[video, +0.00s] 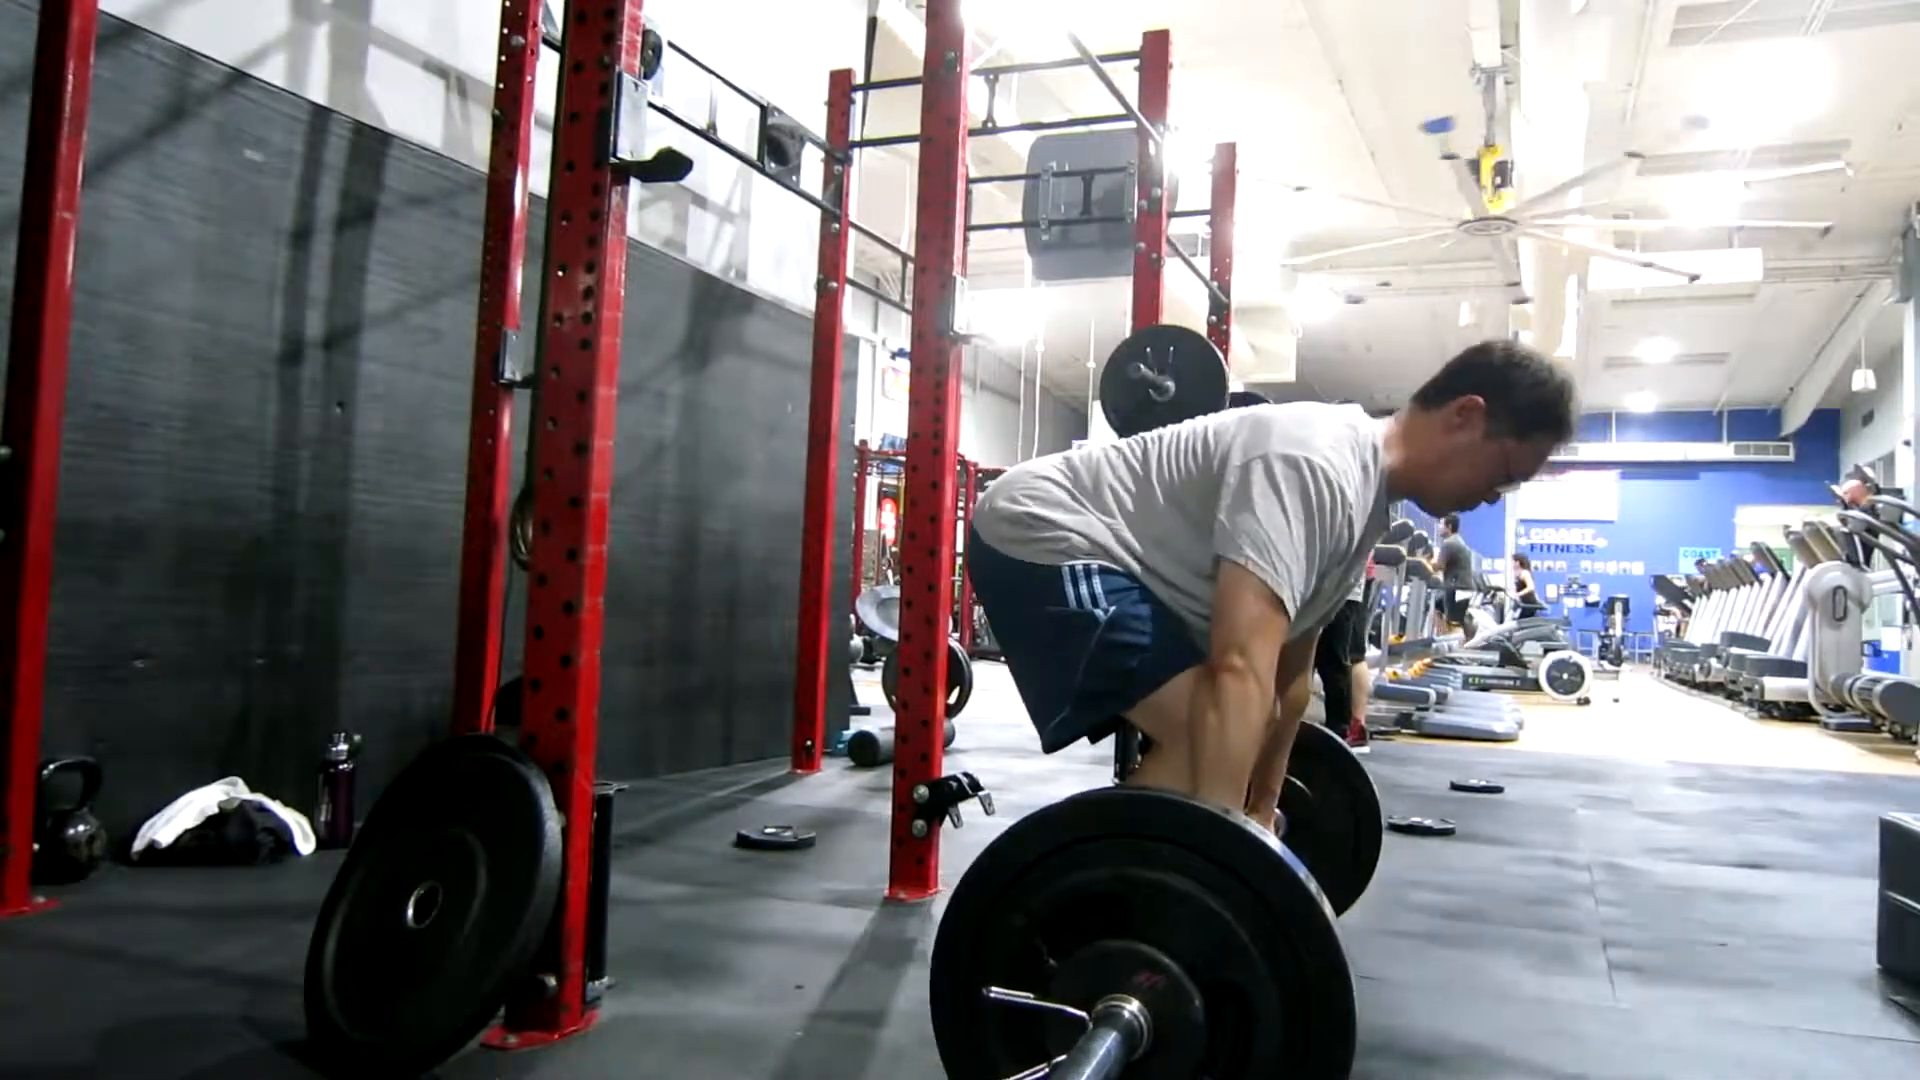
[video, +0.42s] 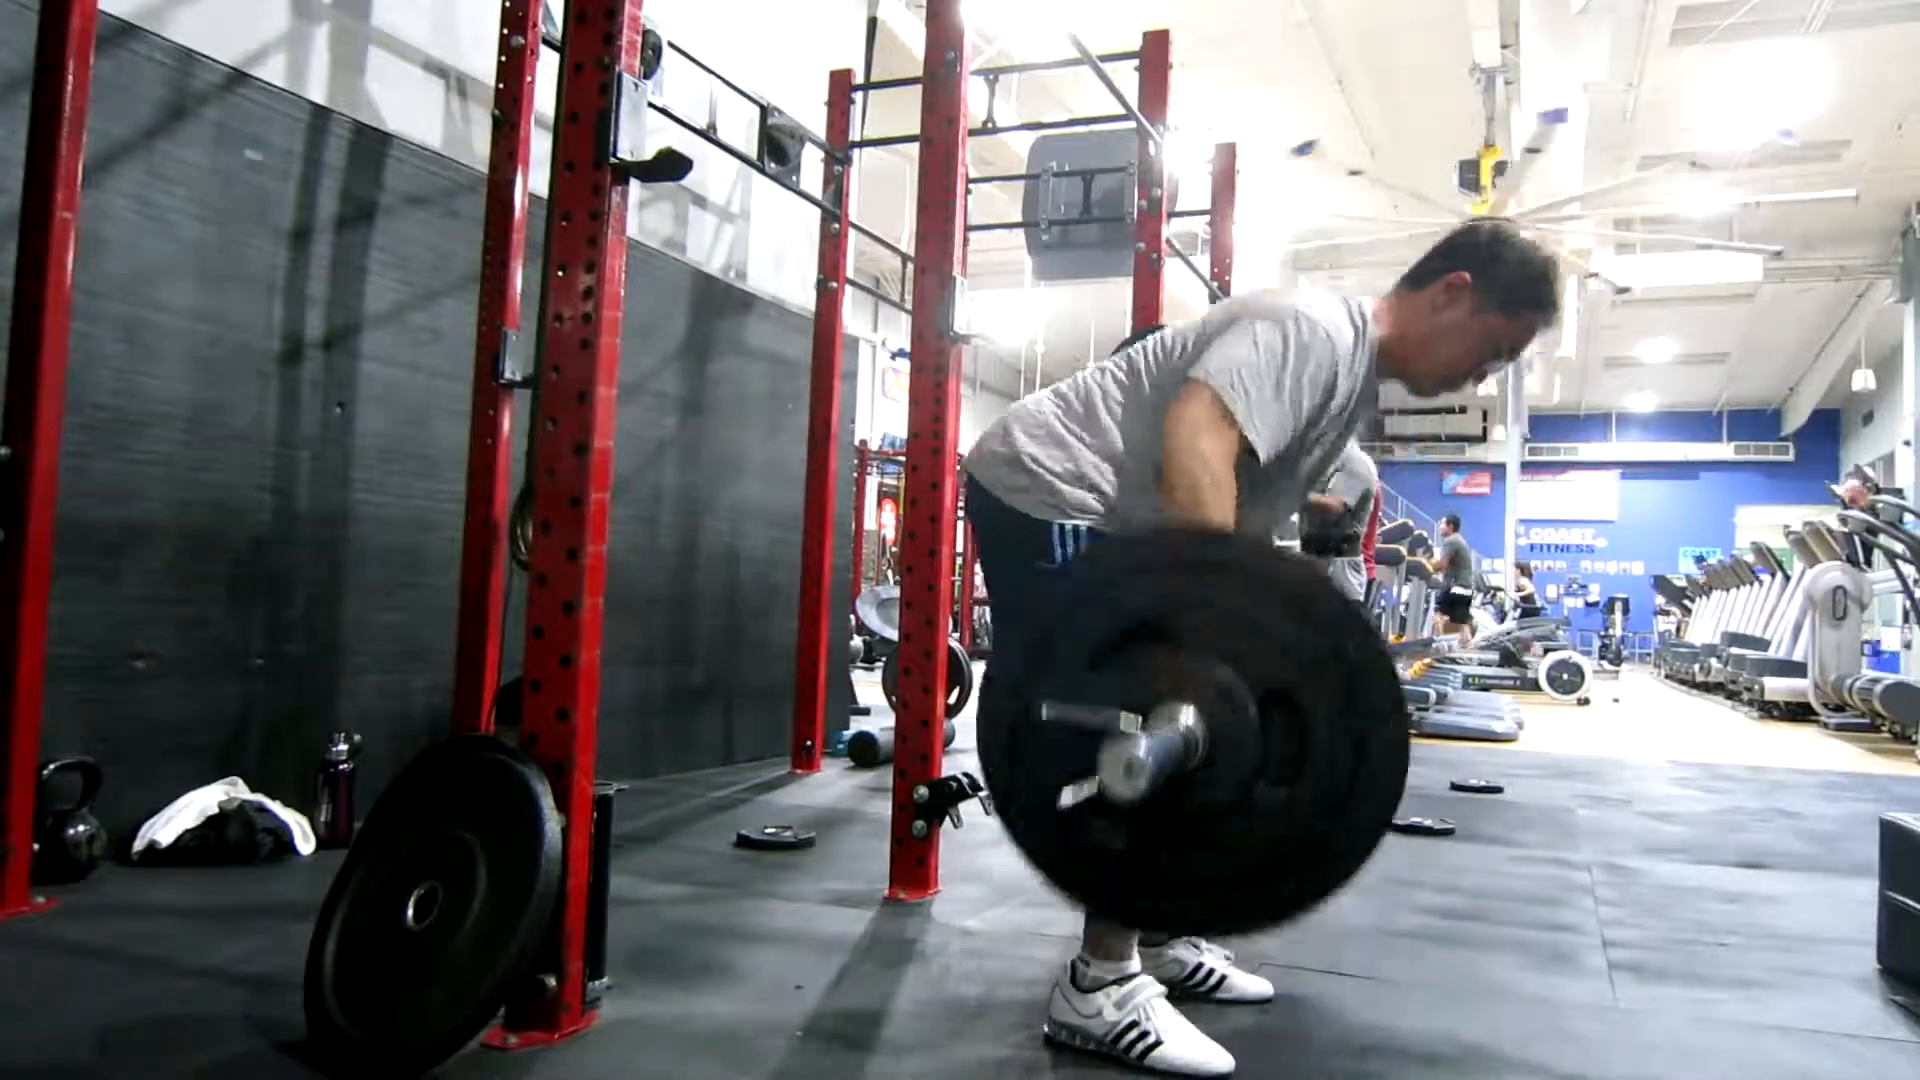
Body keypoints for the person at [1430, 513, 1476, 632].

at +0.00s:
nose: (1439, 527)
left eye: (1441, 524)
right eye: (1439, 524)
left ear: (1449, 526)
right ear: (1453, 527)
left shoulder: (1449, 543)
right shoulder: (1461, 542)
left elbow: (1439, 565)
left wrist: (1429, 563)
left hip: (1454, 587)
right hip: (1466, 586)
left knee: (1453, 621)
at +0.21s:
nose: (1439, 522)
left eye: (1442, 520)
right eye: (1440, 519)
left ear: (1450, 522)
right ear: (1451, 522)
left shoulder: (1450, 537)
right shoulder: (1457, 536)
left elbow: (1441, 560)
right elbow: (1446, 560)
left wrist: (1429, 563)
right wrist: (1434, 563)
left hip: (1460, 581)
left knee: (1450, 614)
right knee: (1443, 613)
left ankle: (1465, 641)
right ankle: (1442, 643)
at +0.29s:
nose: (1440, 526)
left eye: (1443, 523)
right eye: (1441, 523)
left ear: (1451, 526)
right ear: (1453, 526)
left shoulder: (1451, 541)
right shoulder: (1460, 540)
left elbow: (1443, 563)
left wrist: (1431, 562)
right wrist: (1437, 563)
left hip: (1457, 587)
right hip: (1467, 587)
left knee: (1441, 615)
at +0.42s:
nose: (1440, 527)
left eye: (1443, 524)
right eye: (1441, 524)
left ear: (1451, 526)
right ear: (1453, 527)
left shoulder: (1451, 541)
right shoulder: (1460, 541)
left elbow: (1443, 563)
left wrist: (1432, 563)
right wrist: (1437, 564)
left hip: (1455, 587)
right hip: (1468, 588)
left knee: (1439, 615)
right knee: (1463, 623)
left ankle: (1439, 645)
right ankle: (1468, 651)